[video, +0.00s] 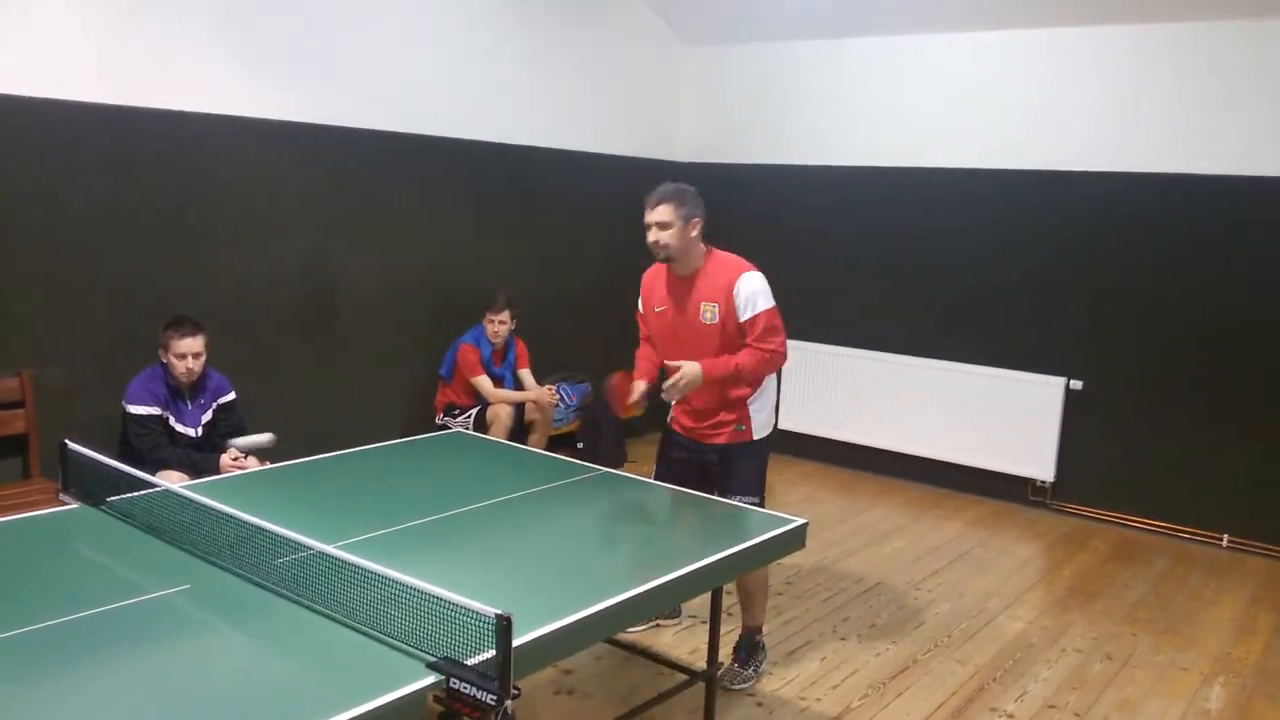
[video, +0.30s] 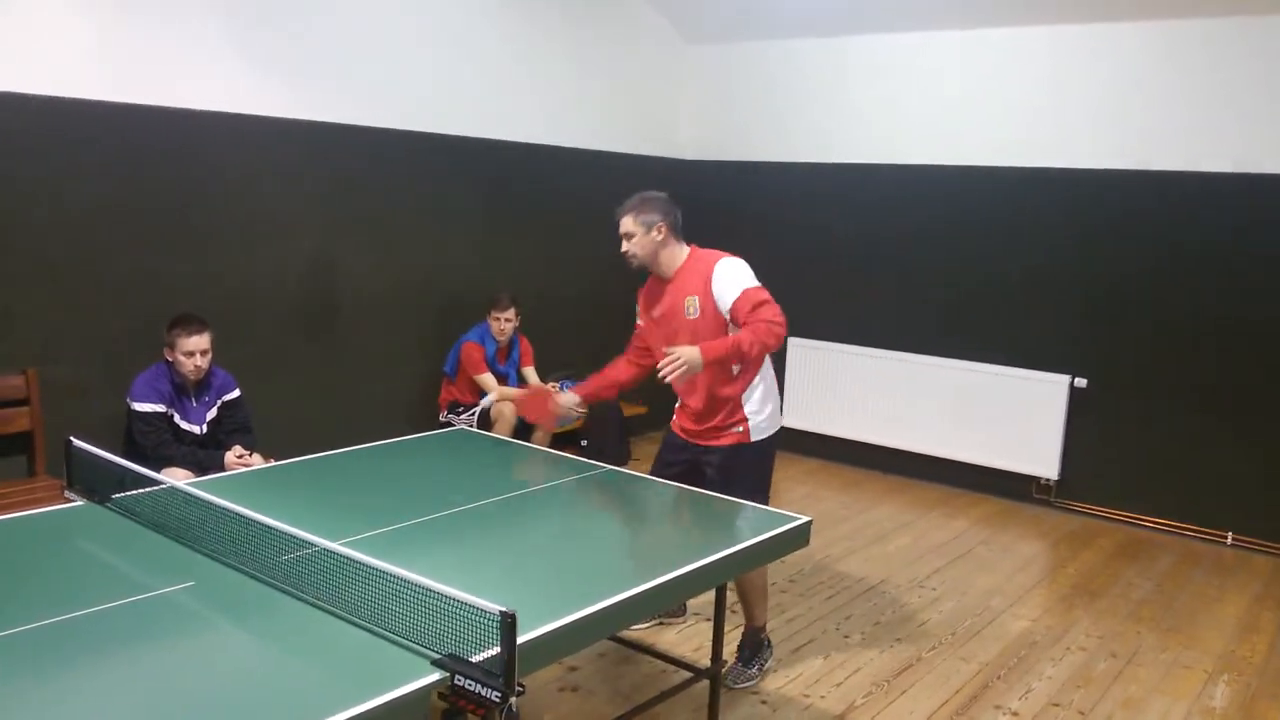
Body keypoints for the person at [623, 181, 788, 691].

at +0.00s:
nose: (652, 237)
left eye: (661, 227)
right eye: (648, 228)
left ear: (694, 226)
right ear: (649, 229)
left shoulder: (740, 277)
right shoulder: (653, 280)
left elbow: (772, 351)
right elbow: (650, 344)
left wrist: (705, 371)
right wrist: (642, 380)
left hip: (740, 431)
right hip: (684, 426)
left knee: (744, 533)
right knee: (665, 516)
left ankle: (751, 641)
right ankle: (666, 599)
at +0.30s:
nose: (623, 248)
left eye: (628, 237)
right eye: (621, 238)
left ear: (661, 232)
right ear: (649, 237)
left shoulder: (723, 271)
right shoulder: (650, 294)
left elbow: (771, 326)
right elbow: (637, 360)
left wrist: (704, 354)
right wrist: (579, 394)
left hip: (743, 429)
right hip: (689, 425)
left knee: (741, 535)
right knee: (657, 513)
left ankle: (755, 640)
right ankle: (670, 600)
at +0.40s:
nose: (620, 236)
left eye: (627, 226)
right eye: (619, 227)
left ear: (659, 222)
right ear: (645, 226)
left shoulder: (724, 261)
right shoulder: (634, 285)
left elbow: (771, 321)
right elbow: (599, 338)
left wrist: (711, 339)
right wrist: (536, 360)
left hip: (742, 420)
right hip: (682, 418)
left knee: (747, 530)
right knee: (662, 512)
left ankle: (755, 638)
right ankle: (674, 594)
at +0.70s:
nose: (649, 217)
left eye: (659, 207)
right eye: (644, 209)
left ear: (688, 209)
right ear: (641, 215)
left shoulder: (733, 262)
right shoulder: (632, 269)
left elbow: (761, 326)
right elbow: (605, 341)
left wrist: (731, 339)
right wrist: (586, 329)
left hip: (723, 422)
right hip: (660, 421)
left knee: (739, 526)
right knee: (647, 515)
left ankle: (749, 634)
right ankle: (670, 595)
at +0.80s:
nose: (668, 210)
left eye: (678, 200)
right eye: (661, 202)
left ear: (703, 204)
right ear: (654, 208)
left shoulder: (741, 259)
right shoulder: (641, 268)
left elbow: (765, 324)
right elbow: (632, 335)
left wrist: (737, 344)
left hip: (722, 419)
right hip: (658, 422)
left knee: (741, 521)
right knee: (648, 514)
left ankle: (751, 626)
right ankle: (667, 596)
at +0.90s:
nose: (681, 204)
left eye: (692, 195)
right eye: (675, 196)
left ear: (716, 201)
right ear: (667, 202)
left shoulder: (750, 259)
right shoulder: (650, 264)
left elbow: (773, 326)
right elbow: (639, 335)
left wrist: (740, 354)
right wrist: (661, 385)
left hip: (726, 421)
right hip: (664, 420)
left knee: (741, 522)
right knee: (655, 512)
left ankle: (751, 623)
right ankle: (668, 594)